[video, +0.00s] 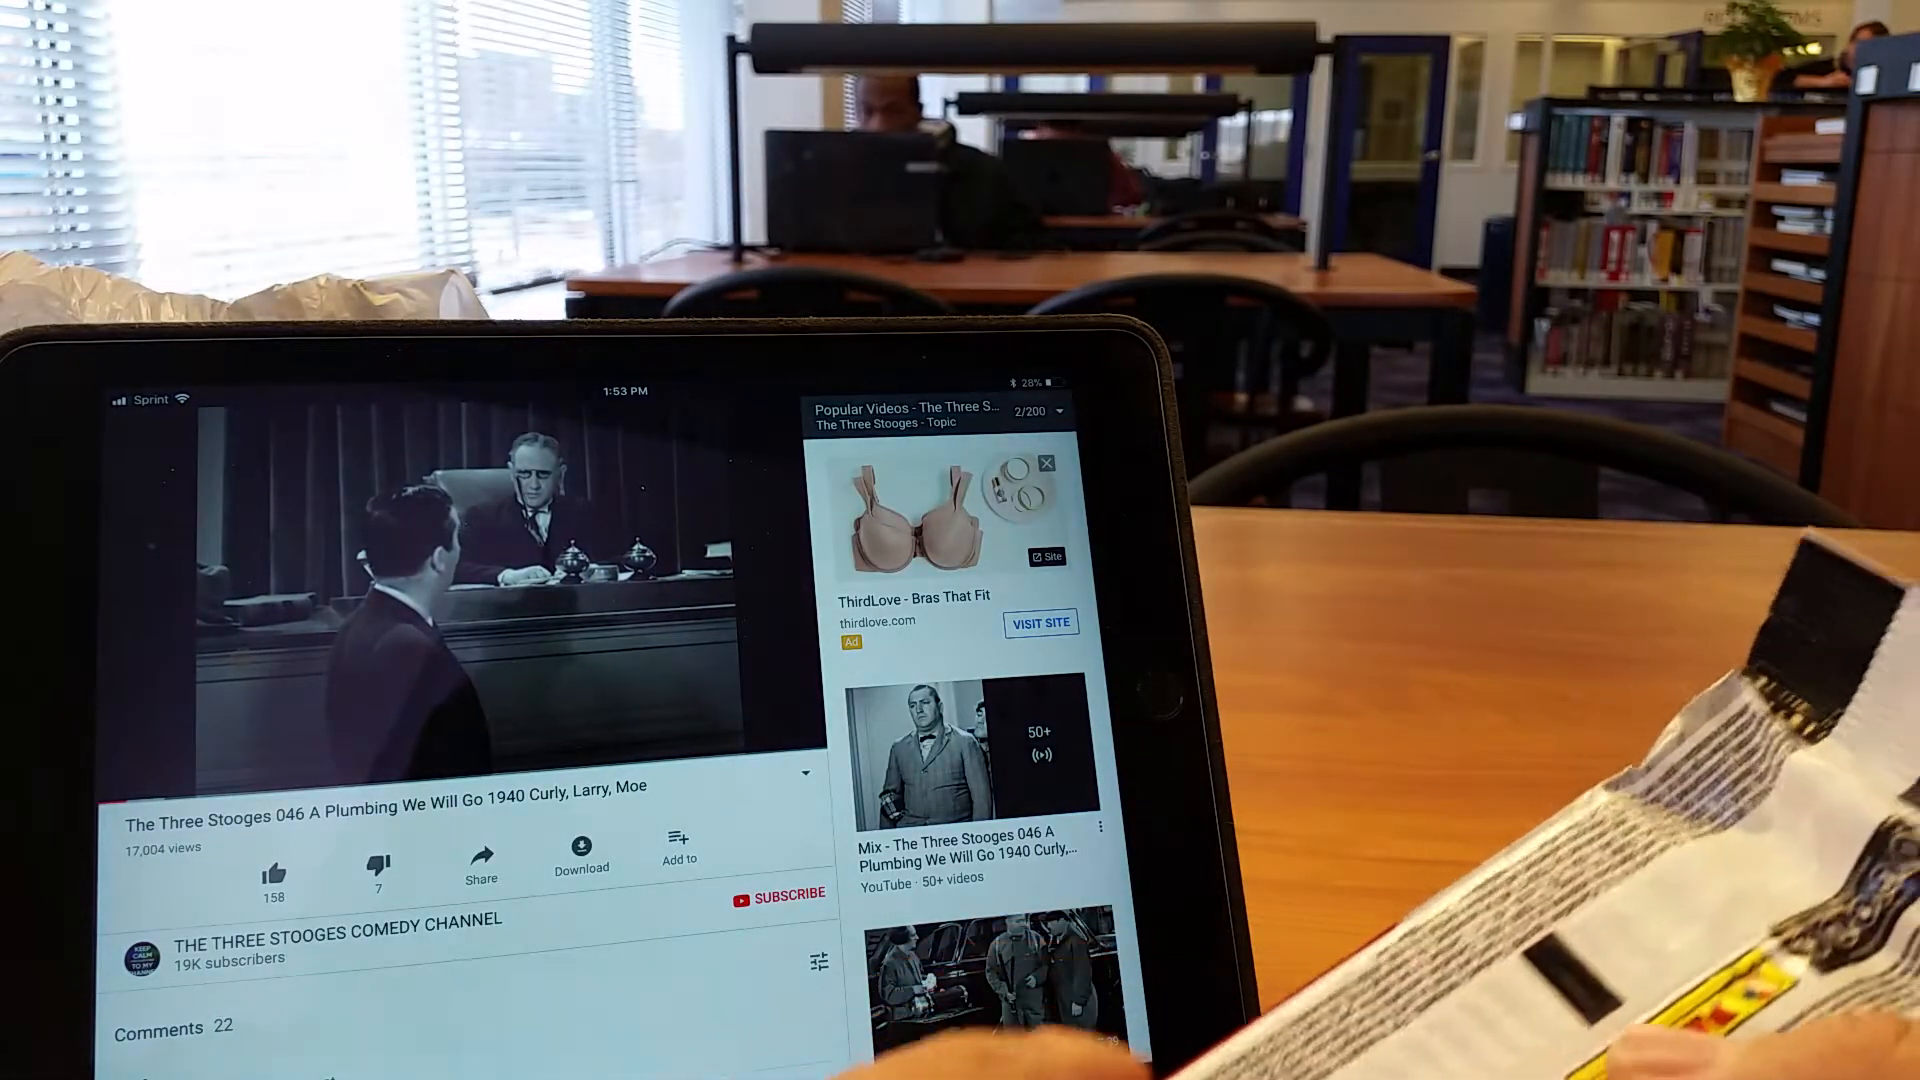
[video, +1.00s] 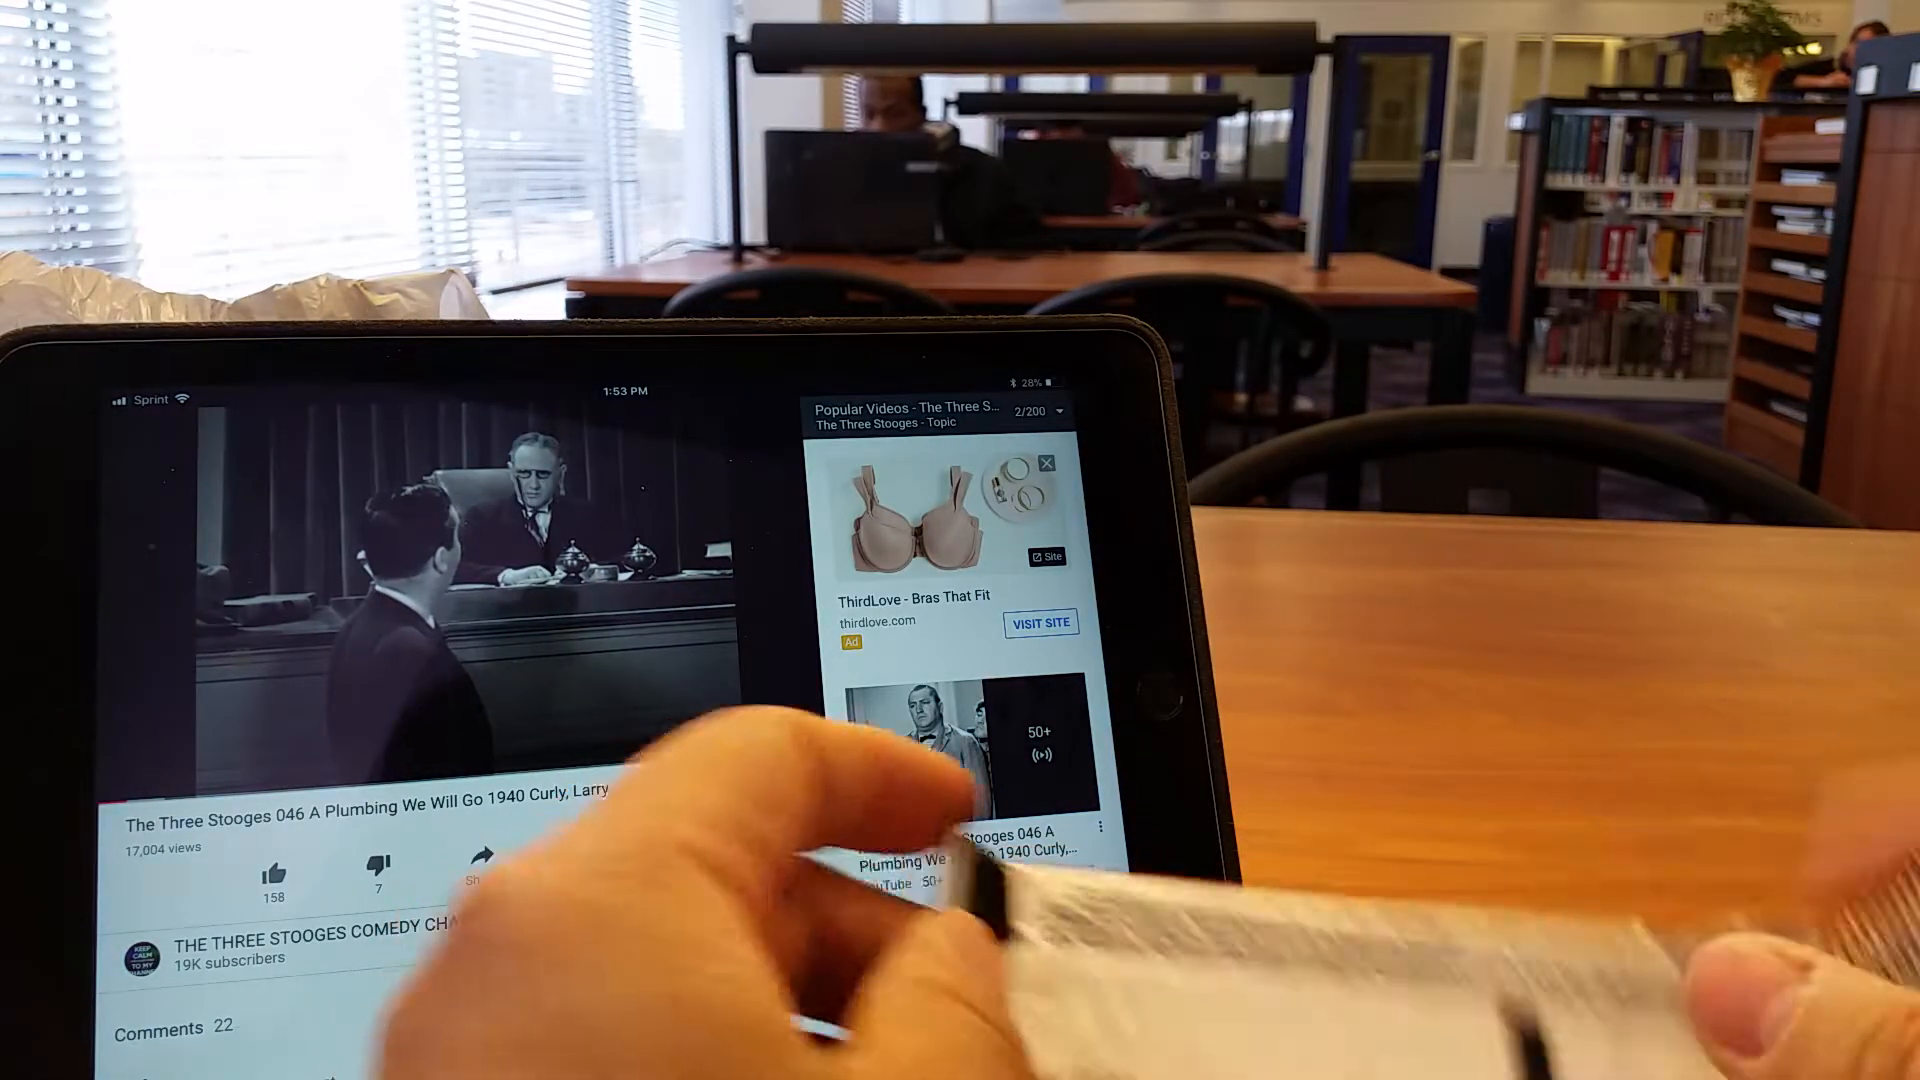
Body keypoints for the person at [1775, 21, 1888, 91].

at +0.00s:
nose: (1859, 51)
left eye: (1866, 46)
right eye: (1857, 43)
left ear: (1879, 51)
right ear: (1849, 44)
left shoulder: (1884, 78)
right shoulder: (1828, 68)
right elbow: (1780, 81)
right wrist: (1825, 82)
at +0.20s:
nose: (1859, 50)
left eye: (1867, 46)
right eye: (1857, 43)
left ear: (1880, 50)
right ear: (1849, 44)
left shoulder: (1884, 78)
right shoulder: (1828, 68)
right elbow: (1780, 80)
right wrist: (1825, 82)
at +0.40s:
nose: (1859, 50)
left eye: (1866, 45)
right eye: (1857, 43)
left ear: (1879, 50)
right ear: (1849, 44)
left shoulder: (1884, 77)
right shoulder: (1829, 68)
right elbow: (1780, 80)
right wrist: (1825, 82)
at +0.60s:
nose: (1860, 50)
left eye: (1868, 46)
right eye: (1857, 43)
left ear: (1880, 50)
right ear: (1849, 44)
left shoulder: (1885, 77)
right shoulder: (1829, 68)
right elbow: (1780, 80)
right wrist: (1825, 82)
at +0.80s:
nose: (1860, 50)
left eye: (1868, 46)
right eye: (1858, 43)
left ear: (1880, 50)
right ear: (1849, 44)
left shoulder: (1884, 77)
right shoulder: (1829, 68)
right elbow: (1780, 80)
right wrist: (1825, 82)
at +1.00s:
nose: (1860, 50)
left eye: (1868, 46)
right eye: (1858, 43)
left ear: (1880, 50)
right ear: (1849, 44)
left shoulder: (1884, 77)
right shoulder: (1828, 68)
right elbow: (1780, 80)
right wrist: (1825, 82)